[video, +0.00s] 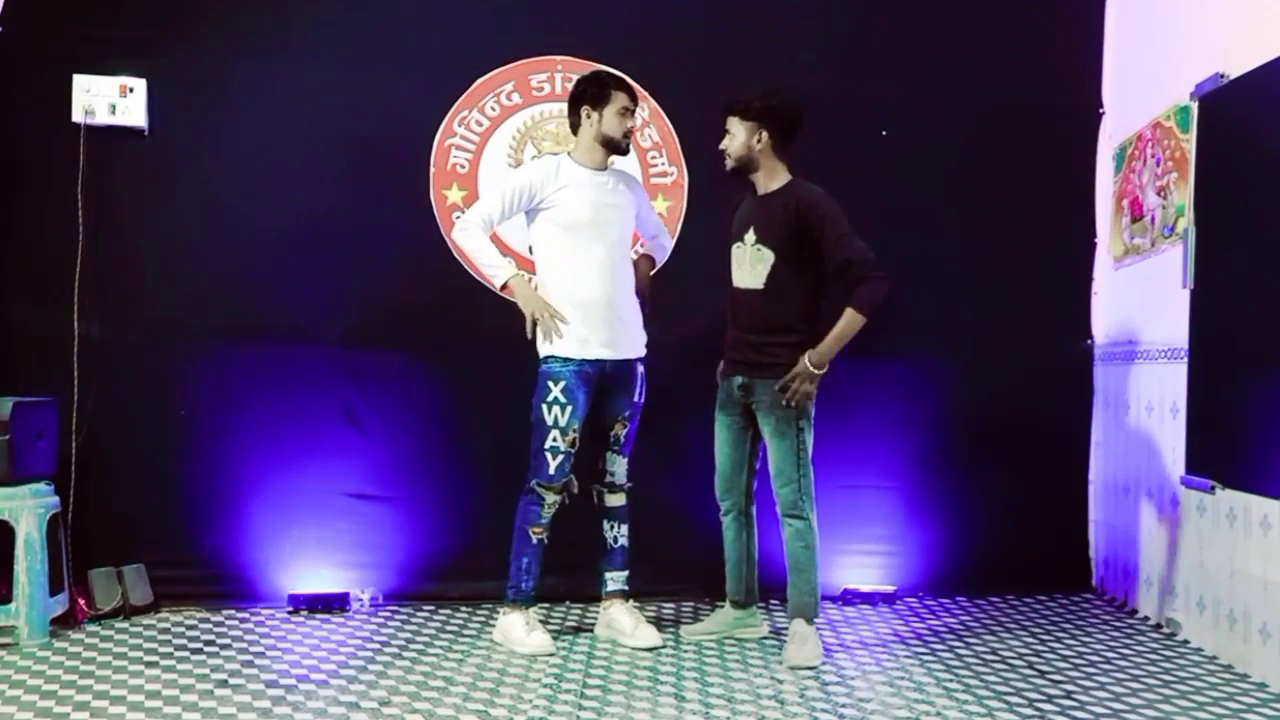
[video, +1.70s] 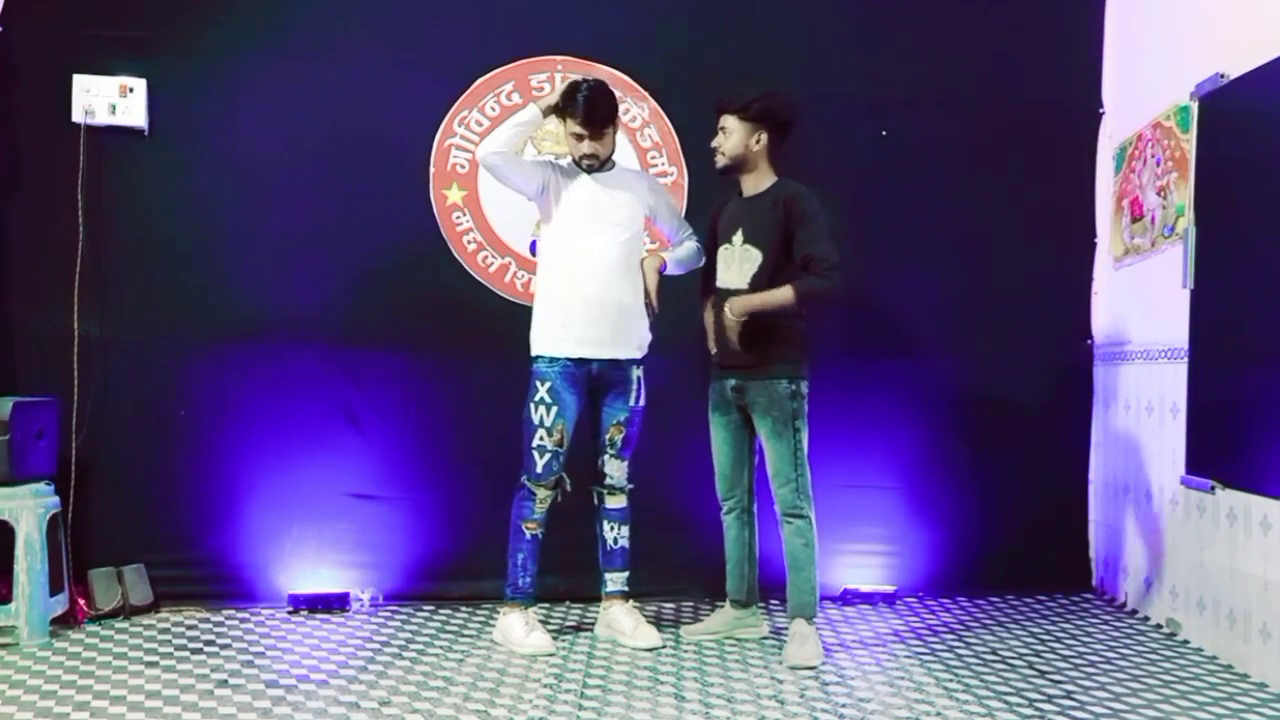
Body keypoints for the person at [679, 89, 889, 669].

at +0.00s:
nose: (723, 142)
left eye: (730, 132)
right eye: (725, 132)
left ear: (761, 138)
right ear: (755, 140)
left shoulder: (808, 203)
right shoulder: (746, 207)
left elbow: (869, 284)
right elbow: (750, 293)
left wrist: (819, 356)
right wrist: (731, 356)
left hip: (785, 379)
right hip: (735, 376)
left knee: (794, 506)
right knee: (731, 498)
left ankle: (802, 623)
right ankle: (741, 609)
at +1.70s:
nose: (714, 142)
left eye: (725, 132)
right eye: (716, 132)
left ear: (759, 139)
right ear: (745, 142)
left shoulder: (796, 202)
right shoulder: (721, 211)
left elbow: (825, 279)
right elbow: (711, 281)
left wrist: (748, 302)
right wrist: (711, 317)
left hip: (777, 377)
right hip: (724, 378)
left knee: (790, 503)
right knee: (733, 499)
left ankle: (802, 622)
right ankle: (741, 609)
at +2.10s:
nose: (702, 145)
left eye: (712, 136)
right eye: (702, 136)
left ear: (747, 143)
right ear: (724, 146)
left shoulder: (773, 206)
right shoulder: (724, 209)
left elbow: (739, 286)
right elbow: (713, 278)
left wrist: (672, 257)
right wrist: (665, 254)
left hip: (762, 370)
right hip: (722, 371)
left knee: (752, 487)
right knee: (726, 493)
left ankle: (797, 615)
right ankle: (741, 610)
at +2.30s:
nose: (697, 150)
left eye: (709, 139)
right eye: (693, 140)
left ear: (742, 145)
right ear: (696, 146)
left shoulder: (766, 199)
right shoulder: (713, 208)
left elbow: (713, 236)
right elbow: (672, 239)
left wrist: (645, 187)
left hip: (764, 371)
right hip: (727, 371)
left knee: (762, 499)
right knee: (730, 498)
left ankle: (759, 634)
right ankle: (738, 609)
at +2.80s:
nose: (680, 139)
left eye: (687, 128)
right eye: (681, 128)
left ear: (716, 133)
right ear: (712, 134)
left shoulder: (762, 192)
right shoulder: (716, 195)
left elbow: (762, 276)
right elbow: (715, 266)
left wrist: (692, 253)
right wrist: (668, 248)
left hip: (763, 370)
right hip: (730, 369)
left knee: (761, 500)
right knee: (728, 496)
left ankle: (762, 638)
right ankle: (738, 613)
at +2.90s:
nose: (680, 137)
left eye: (686, 126)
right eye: (681, 127)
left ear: (715, 131)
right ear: (715, 132)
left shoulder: (763, 195)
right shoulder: (725, 199)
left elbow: (782, 283)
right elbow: (722, 279)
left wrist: (702, 291)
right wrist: (666, 289)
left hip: (757, 372)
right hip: (727, 371)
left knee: (758, 501)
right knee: (729, 500)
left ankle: (761, 638)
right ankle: (739, 614)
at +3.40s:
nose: (705, 137)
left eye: (717, 126)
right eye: (702, 127)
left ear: (749, 129)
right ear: (705, 132)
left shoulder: (762, 177)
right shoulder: (727, 192)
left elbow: (788, 212)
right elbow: (708, 268)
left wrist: (713, 238)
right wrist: (666, 260)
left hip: (731, 363)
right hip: (707, 363)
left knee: (730, 497)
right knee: (716, 496)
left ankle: (755, 636)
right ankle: (735, 613)